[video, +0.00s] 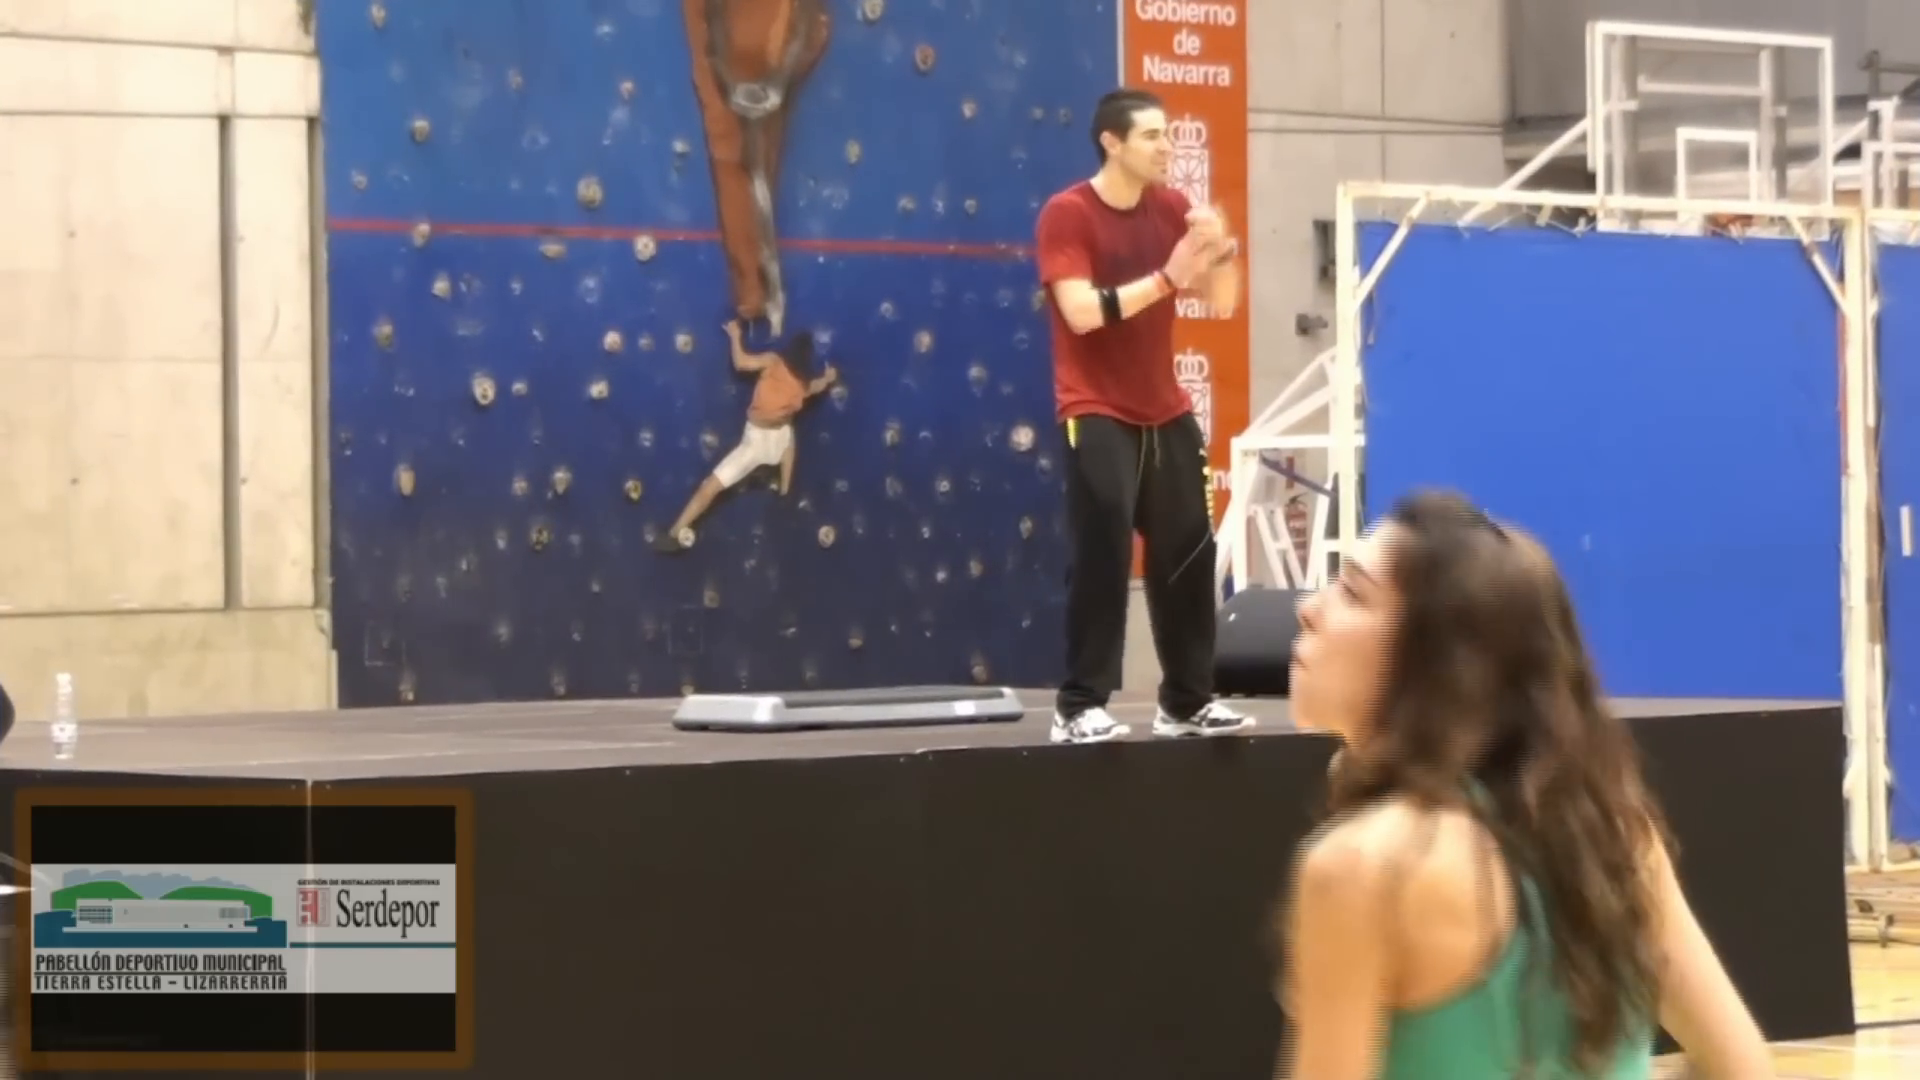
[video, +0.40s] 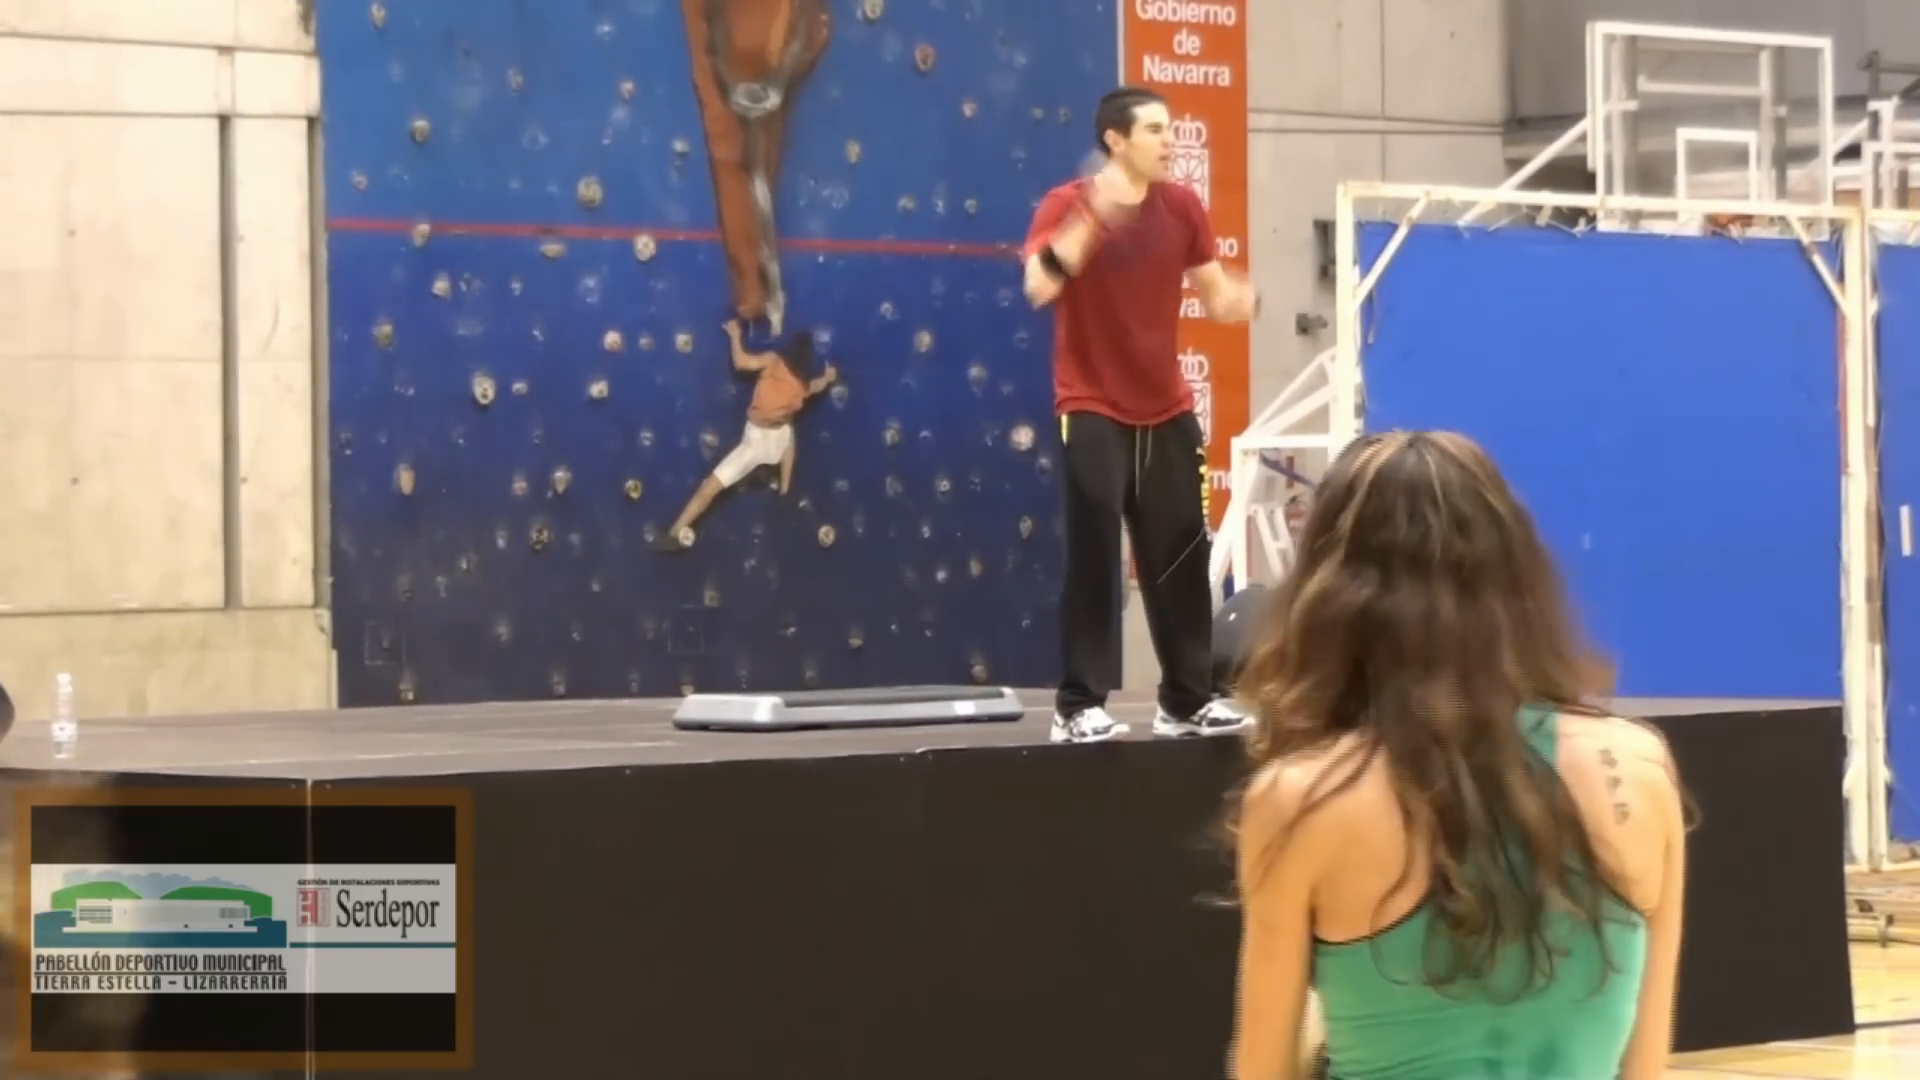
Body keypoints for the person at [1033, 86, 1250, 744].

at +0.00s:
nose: (1164, 147)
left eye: (1166, 135)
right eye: (1150, 136)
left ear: (1163, 142)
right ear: (1111, 143)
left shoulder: (1171, 209)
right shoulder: (1066, 213)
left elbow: (1218, 299)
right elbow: (1080, 314)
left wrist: (1218, 249)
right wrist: (1168, 279)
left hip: (1165, 406)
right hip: (1095, 408)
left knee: (1187, 550)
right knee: (1105, 548)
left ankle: (1189, 700)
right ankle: (1083, 705)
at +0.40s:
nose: (1168, 140)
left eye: (1169, 129)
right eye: (1154, 130)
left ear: (1166, 138)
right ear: (1115, 138)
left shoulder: (1181, 205)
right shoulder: (1069, 204)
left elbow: (1216, 288)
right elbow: (1038, 285)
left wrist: (1234, 299)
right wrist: (1093, 216)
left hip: (1166, 403)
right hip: (1092, 401)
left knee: (1181, 550)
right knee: (1096, 548)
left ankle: (1189, 699)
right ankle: (1082, 703)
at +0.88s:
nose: (1177, 141)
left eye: (1177, 130)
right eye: (1164, 130)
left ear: (1169, 142)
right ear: (1124, 139)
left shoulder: (1183, 208)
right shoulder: (1077, 197)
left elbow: (1206, 286)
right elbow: (1016, 199)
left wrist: (1217, 301)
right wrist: (1093, 247)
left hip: (1163, 407)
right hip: (1094, 408)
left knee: (1180, 555)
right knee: (1093, 558)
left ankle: (1187, 699)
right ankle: (1080, 704)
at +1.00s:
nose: (1170, 143)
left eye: (1172, 132)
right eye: (1157, 132)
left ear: (1170, 139)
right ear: (1118, 137)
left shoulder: (1182, 204)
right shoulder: (1071, 202)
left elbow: (1251, 251)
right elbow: (1004, 242)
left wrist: (1264, 232)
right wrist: (1081, 287)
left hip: (1159, 403)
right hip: (1087, 405)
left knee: (1178, 550)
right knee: (1093, 551)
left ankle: (1188, 700)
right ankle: (1082, 704)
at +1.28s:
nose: (1147, 142)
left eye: (1153, 132)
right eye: (1133, 130)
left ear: (1159, 142)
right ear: (1098, 137)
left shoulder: (1177, 200)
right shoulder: (1054, 214)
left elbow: (1273, 176)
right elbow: (1017, 312)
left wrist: (1345, 150)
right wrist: (1078, 350)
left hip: (1164, 409)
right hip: (1086, 414)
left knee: (1186, 550)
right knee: (1090, 556)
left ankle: (1189, 700)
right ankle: (1081, 707)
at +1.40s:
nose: (1148, 136)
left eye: (1154, 126)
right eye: (1134, 125)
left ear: (1161, 137)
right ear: (1101, 134)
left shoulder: (1185, 197)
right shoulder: (1059, 209)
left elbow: (1271, 179)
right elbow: (1018, 301)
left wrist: (1320, 152)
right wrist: (1056, 367)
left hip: (1173, 410)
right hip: (1094, 415)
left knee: (1204, 555)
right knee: (1090, 563)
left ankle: (1190, 686)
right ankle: (1079, 706)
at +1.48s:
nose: (1161, 142)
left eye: (1166, 131)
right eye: (1146, 130)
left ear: (1171, 141)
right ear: (1111, 140)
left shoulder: (1193, 201)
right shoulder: (1069, 215)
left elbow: (1287, 168)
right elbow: (1020, 300)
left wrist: (1336, 118)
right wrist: (1028, 382)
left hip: (1176, 407)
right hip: (1095, 411)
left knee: (1201, 551)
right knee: (1093, 552)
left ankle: (1195, 679)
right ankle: (1079, 704)